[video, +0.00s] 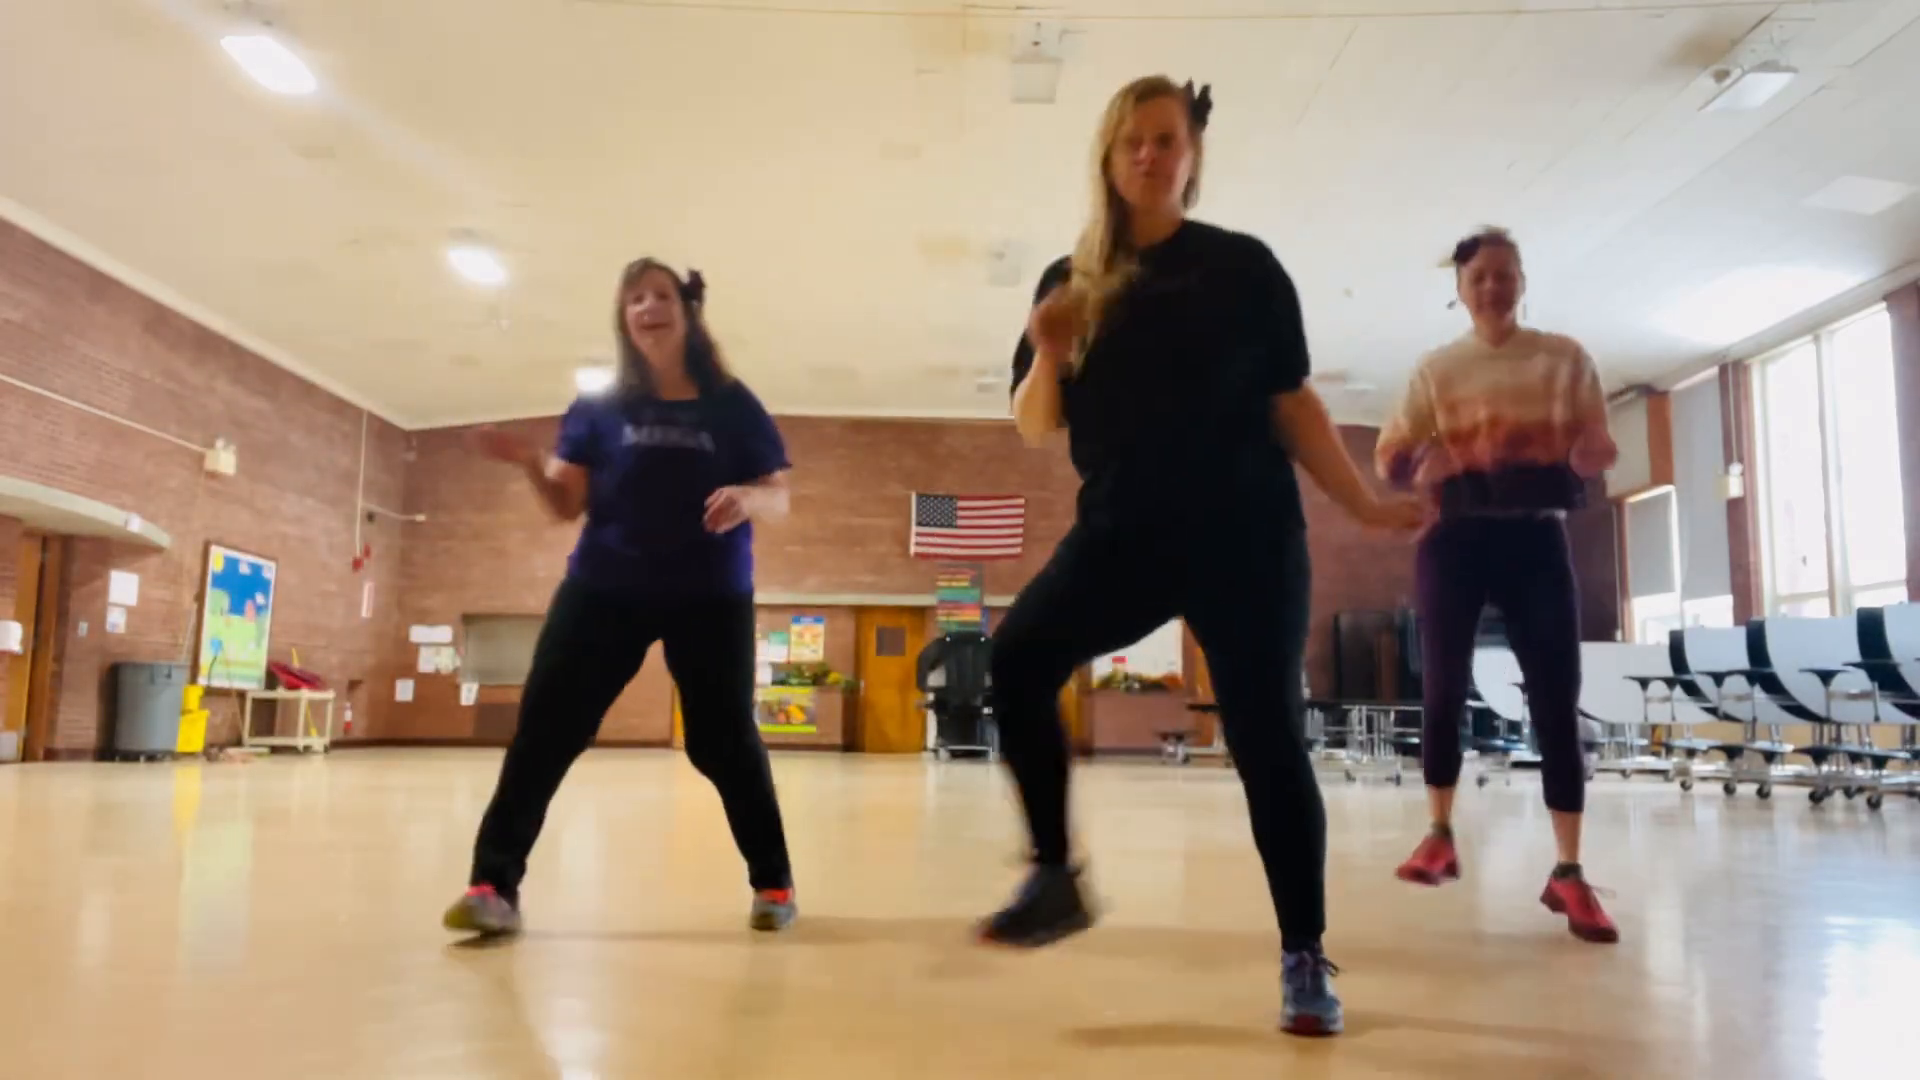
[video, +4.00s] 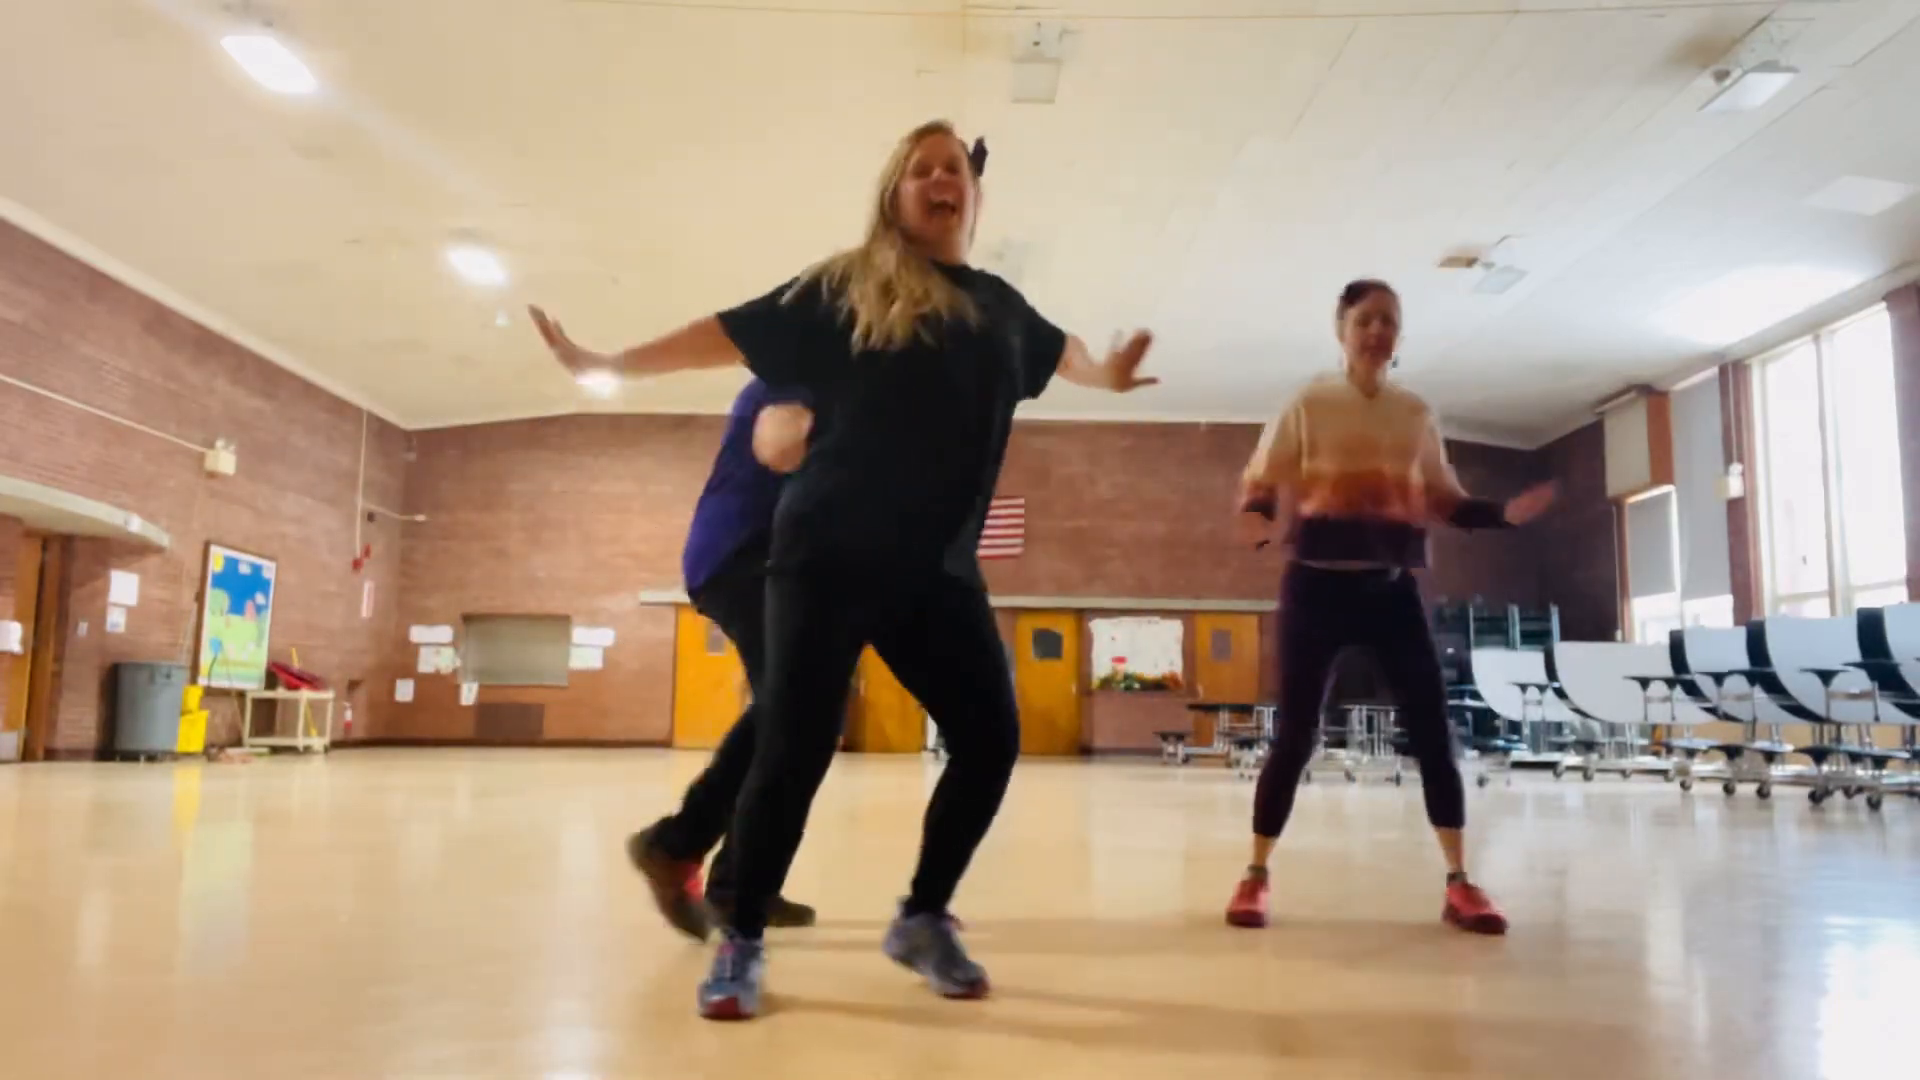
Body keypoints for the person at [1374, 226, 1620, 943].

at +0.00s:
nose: (1494, 288)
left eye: (1505, 277)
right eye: (1480, 279)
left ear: (1523, 283)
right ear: (1460, 288)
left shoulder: (1563, 358)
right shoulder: (1435, 371)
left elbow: (1598, 452)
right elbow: (1390, 460)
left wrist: (1582, 452)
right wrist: (1415, 460)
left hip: (1536, 543)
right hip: (1454, 545)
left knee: (1556, 704)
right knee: (1443, 692)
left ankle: (1568, 872)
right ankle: (1439, 837)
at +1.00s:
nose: (1222, 318)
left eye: (1232, 307)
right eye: (1210, 307)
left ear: (1247, 314)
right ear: (1190, 313)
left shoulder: (1268, 395)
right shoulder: (1156, 394)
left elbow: (1300, 476)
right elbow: (1104, 465)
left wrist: (1296, 415)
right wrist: (1116, 507)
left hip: (1240, 570)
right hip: (1168, 566)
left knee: (1251, 721)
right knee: (1142, 706)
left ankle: (1248, 873)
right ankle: (1098, 844)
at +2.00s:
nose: (1207, 301)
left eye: (1212, 294)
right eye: (1191, 294)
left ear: (1219, 315)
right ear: (1159, 315)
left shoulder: (1238, 398)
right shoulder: (1134, 389)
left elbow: (1292, 446)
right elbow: (1092, 478)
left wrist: (1358, 454)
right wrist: (1070, 554)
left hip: (1200, 577)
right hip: (1130, 574)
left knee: (1252, 722)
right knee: (1106, 723)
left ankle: (1264, 882)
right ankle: (1072, 869)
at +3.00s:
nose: (1422, 316)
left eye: (1432, 308)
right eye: (1409, 309)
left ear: (1447, 327)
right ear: (1388, 329)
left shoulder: (1485, 407)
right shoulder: (1360, 414)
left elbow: (1572, 468)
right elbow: (1332, 499)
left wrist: (1531, 433)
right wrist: (1352, 535)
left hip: (1461, 584)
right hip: (1382, 585)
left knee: (1494, 736)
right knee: (1364, 732)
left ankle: (1510, 884)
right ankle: (1357, 876)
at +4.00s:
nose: (1379, 332)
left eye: (1388, 322)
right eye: (1367, 321)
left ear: (1399, 334)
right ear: (1340, 329)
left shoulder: (1415, 416)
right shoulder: (1307, 408)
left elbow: (1449, 503)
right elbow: (1257, 486)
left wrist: (1504, 513)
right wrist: (1258, 513)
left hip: (1391, 588)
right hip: (1316, 586)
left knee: (1432, 731)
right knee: (1295, 736)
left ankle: (1459, 883)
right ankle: (1256, 876)